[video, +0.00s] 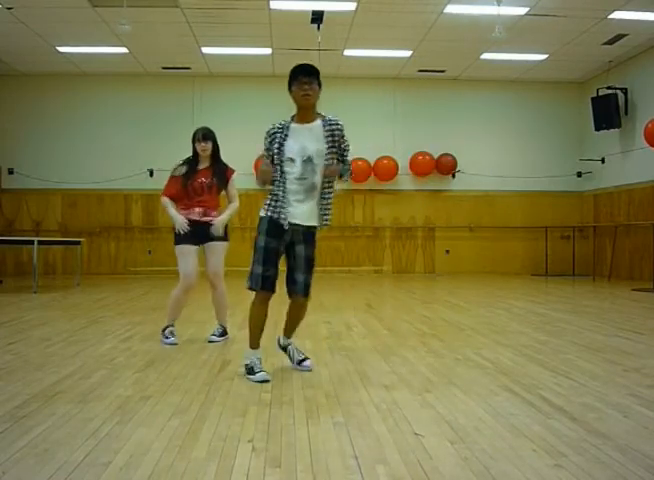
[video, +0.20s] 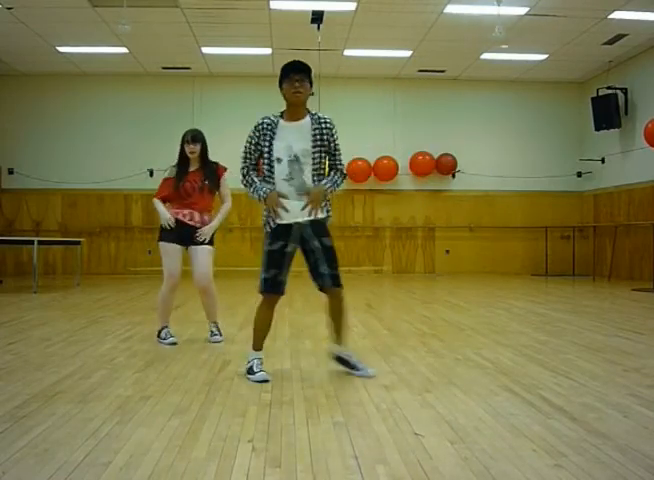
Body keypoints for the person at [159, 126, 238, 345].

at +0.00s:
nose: (202, 145)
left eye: (206, 141)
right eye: (198, 141)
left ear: (214, 143)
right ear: (193, 144)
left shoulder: (223, 171)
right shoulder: (182, 169)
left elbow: (235, 202)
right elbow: (166, 198)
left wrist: (222, 219)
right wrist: (176, 217)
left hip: (213, 224)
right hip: (186, 225)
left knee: (215, 277)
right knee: (188, 279)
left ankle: (221, 326)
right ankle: (169, 326)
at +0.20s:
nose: (191, 147)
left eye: (195, 143)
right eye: (187, 143)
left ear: (202, 145)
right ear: (183, 146)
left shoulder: (215, 171)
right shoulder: (175, 171)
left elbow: (227, 202)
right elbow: (158, 198)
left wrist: (212, 225)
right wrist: (163, 212)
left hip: (201, 228)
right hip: (173, 226)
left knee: (204, 280)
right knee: (172, 278)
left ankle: (213, 325)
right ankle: (163, 328)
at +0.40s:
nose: (189, 149)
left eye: (193, 145)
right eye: (186, 145)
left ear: (201, 148)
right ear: (180, 148)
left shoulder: (212, 169)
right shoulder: (175, 172)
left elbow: (225, 200)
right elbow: (165, 202)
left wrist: (209, 227)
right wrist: (165, 214)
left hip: (203, 231)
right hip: (176, 228)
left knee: (201, 285)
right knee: (171, 279)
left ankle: (227, 326)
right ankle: (163, 328)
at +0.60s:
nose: (193, 148)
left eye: (197, 144)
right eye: (189, 144)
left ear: (204, 147)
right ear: (184, 147)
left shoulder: (215, 171)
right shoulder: (179, 176)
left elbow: (231, 199)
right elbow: (168, 206)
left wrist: (217, 222)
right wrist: (174, 223)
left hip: (213, 228)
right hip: (185, 230)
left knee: (214, 282)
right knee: (183, 282)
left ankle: (230, 327)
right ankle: (167, 328)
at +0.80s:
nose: (195, 144)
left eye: (199, 140)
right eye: (191, 141)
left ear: (206, 143)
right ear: (186, 144)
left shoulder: (219, 169)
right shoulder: (179, 169)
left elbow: (230, 199)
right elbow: (163, 197)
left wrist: (217, 223)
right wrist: (169, 215)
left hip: (208, 226)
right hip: (180, 226)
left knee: (214, 281)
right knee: (177, 279)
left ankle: (229, 327)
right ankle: (166, 328)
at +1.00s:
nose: (201, 149)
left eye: (205, 145)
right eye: (197, 146)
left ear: (211, 148)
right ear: (191, 150)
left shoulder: (224, 175)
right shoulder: (187, 178)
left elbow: (232, 208)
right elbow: (167, 204)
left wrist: (218, 233)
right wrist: (160, 224)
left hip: (209, 233)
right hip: (181, 229)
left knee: (214, 286)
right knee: (178, 279)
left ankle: (229, 327)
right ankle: (166, 328)